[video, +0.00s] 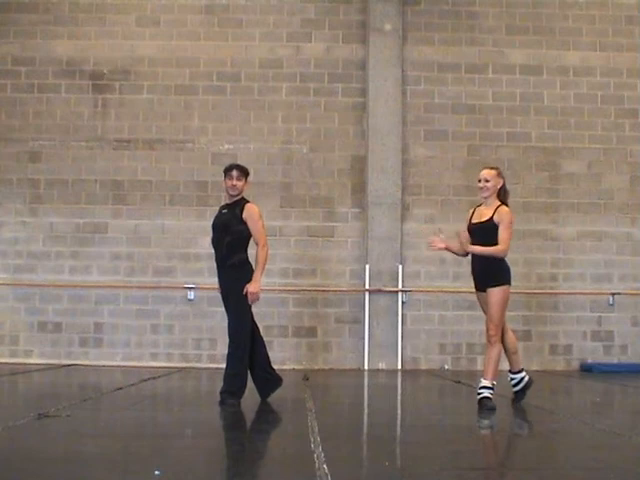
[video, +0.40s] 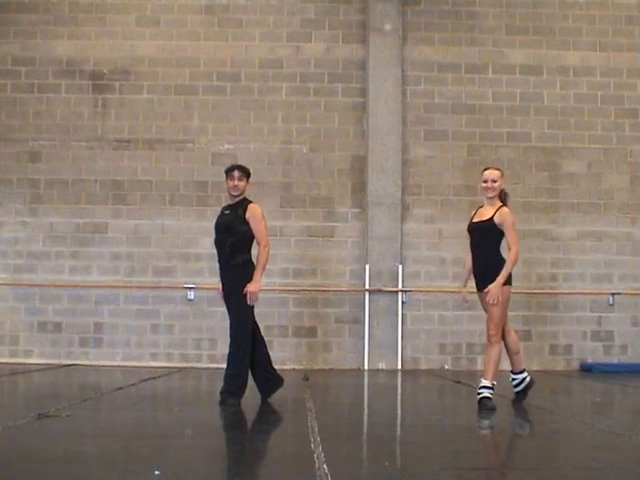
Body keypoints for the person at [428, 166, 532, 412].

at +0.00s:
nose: (482, 184)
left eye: (487, 181)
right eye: (480, 181)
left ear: (499, 184)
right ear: (478, 184)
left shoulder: (503, 212)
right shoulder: (474, 212)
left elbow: (502, 250)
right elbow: (465, 250)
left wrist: (472, 248)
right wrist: (446, 245)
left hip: (498, 275)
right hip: (479, 275)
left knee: (493, 334)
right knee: (501, 329)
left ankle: (486, 387)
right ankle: (518, 374)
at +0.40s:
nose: (489, 185)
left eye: (494, 181)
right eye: (485, 181)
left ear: (502, 185)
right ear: (480, 185)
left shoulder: (504, 214)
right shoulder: (477, 212)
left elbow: (514, 252)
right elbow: (473, 252)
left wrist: (498, 283)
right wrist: (464, 283)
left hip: (498, 277)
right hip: (480, 278)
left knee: (493, 335)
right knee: (504, 331)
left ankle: (486, 387)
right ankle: (520, 375)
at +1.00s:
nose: (483, 187)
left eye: (488, 184)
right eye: (480, 183)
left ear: (496, 186)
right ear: (475, 185)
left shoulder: (498, 213)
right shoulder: (475, 213)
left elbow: (518, 245)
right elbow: (465, 251)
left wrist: (535, 270)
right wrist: (438, 261)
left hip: (500, 278)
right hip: (484, 280)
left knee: (493, 333)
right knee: (508, 330)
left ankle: (485, 388)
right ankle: (523, 377)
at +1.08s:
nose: (486, 186)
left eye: (490, 182)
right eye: (482, 181)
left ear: (498, 186)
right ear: (476, 184)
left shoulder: (500, 214)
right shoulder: (468, 213)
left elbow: (525, 243)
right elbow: (450, 242)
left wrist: (548, 264)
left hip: (499, 278)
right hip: (480, 279)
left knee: (493, 333)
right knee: (501, 330)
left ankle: (485, 388)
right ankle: (521, 376)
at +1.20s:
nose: (492, 185)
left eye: (496, 181)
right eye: (487, 181)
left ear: (502, 185)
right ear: (480, 185)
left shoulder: (506, 217)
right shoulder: (469, 205)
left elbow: (529, 244)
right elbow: (434, 200)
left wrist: (553, 270)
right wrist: (465, 195)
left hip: (495, 277)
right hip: (471, 276)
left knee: (492, 332)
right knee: (476, 335)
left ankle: (485, 386)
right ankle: (505, 362)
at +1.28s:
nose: (494, 187)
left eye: (498, 183)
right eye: (489, 183)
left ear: (504, 187)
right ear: (482, 187)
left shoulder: (505, 222)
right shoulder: (474, 200)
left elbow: (516, 255)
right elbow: (453, 180)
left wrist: (546, 265)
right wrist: (463, 212)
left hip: (494, 277)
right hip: (468, 276)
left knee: (490, 334)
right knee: (463, 337)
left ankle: (485, 385)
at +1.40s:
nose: (497, 187)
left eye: (500, 183)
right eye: (492, 184)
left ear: (506, 187)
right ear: (485, 187)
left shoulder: (505, 221)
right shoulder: (479, 200)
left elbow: (513, 248)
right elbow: (460, 187)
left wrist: (537, 230)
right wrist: (471, 217)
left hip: (494, 275)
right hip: (468, 273)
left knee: (488, 333)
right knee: (460, 337)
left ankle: (483, 387)